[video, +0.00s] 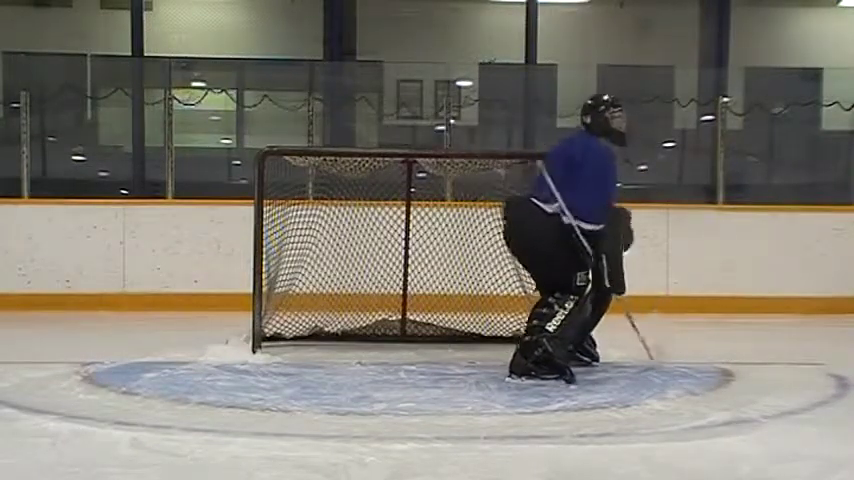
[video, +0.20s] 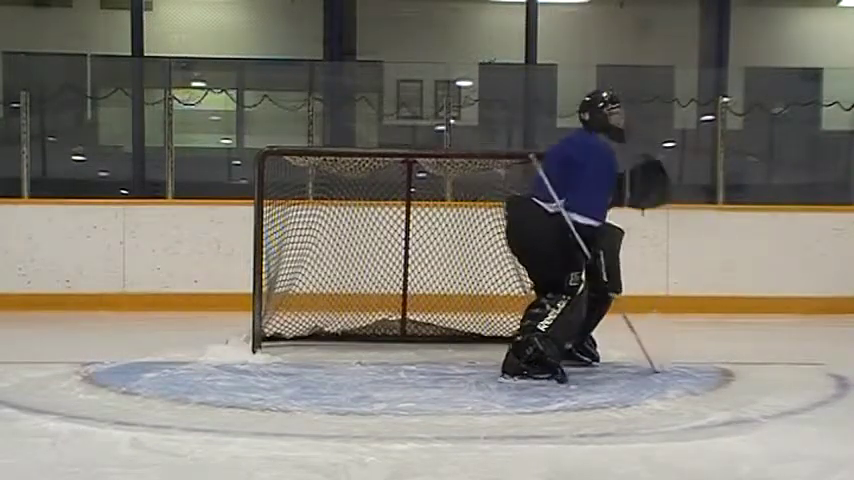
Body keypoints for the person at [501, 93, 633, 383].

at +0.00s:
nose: (622, 121)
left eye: (621, 115)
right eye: (616, 116)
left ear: (593, 120)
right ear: (599, 119)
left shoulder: (574, 143)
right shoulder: (598, 152)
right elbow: (591, 215)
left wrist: (613, 219)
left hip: (524, 218)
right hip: (544, 226)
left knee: (558, 288)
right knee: (585, 287)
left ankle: (535, 348)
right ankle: (539, 353)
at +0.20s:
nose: (621, 119)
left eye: (620, 112)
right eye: (615, 113)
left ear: (591, 118)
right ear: (600, 117)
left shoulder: (574, 143)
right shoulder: (600, 153)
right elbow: (586, 215)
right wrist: (590, 253)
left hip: (526, 216)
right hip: (543, 222)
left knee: (554, 289)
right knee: (570, 289)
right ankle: (529, 353)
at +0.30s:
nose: (621, 118)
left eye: (620, 111)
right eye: (615, 113)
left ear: (589, 117)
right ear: (600, 116)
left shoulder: (575, 142)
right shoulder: (601, 152)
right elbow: (581, 216)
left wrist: (620, 184)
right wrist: (589, 265)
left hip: (525, 213)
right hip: (544, 220)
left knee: (551, 288)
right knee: (569, 290)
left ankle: (527, 347)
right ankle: (526, 353)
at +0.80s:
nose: (630, 121)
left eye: (630, 114)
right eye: (624, 115)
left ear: (599, 117)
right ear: (607, 117)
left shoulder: (579, 140)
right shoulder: (605, 150)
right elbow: (584, 207)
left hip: (531, 215)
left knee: (550, 288)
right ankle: (513, 353)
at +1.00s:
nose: (623, 129)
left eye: (626, 122)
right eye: (616, 121)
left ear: (630, 125)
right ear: (600, 121)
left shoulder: (622, 164)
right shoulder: (575, 149)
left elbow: (607, 220)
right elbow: (549, 207)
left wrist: (640, 226)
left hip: (583, 234)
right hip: (541, 227)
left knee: (603, 284)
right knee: (575, 289)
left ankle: (575, 346)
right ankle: (530, 354)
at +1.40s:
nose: (636, 118)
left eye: (639, 112)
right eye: (629, 112)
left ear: (641, 114)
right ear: (612, 114)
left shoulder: (630, 150)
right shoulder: (592, 147)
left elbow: (625, 204)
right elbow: (574, 210)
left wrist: (656, 203)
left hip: (596, 234)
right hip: (567, 233)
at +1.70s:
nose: (662, 116)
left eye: (665, 110)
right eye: (656, 110)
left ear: (667, 112)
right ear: (638, 111)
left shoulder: (661, 148)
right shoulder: (609, 144)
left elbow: (653, 200)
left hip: (643, 236)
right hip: (610, 236)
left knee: (671, 289)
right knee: (593, 311)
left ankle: (648, 363)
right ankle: (539, 372)